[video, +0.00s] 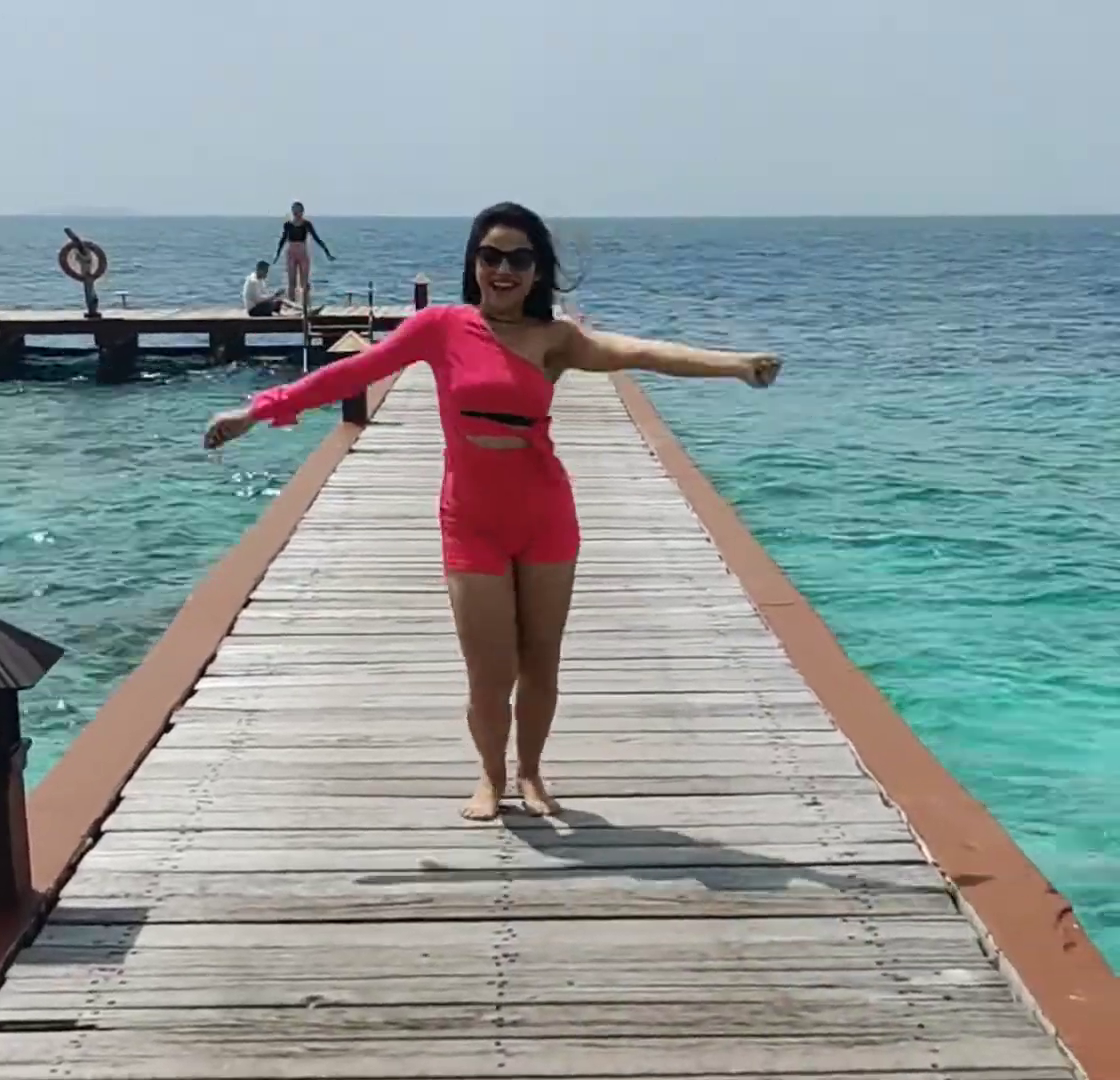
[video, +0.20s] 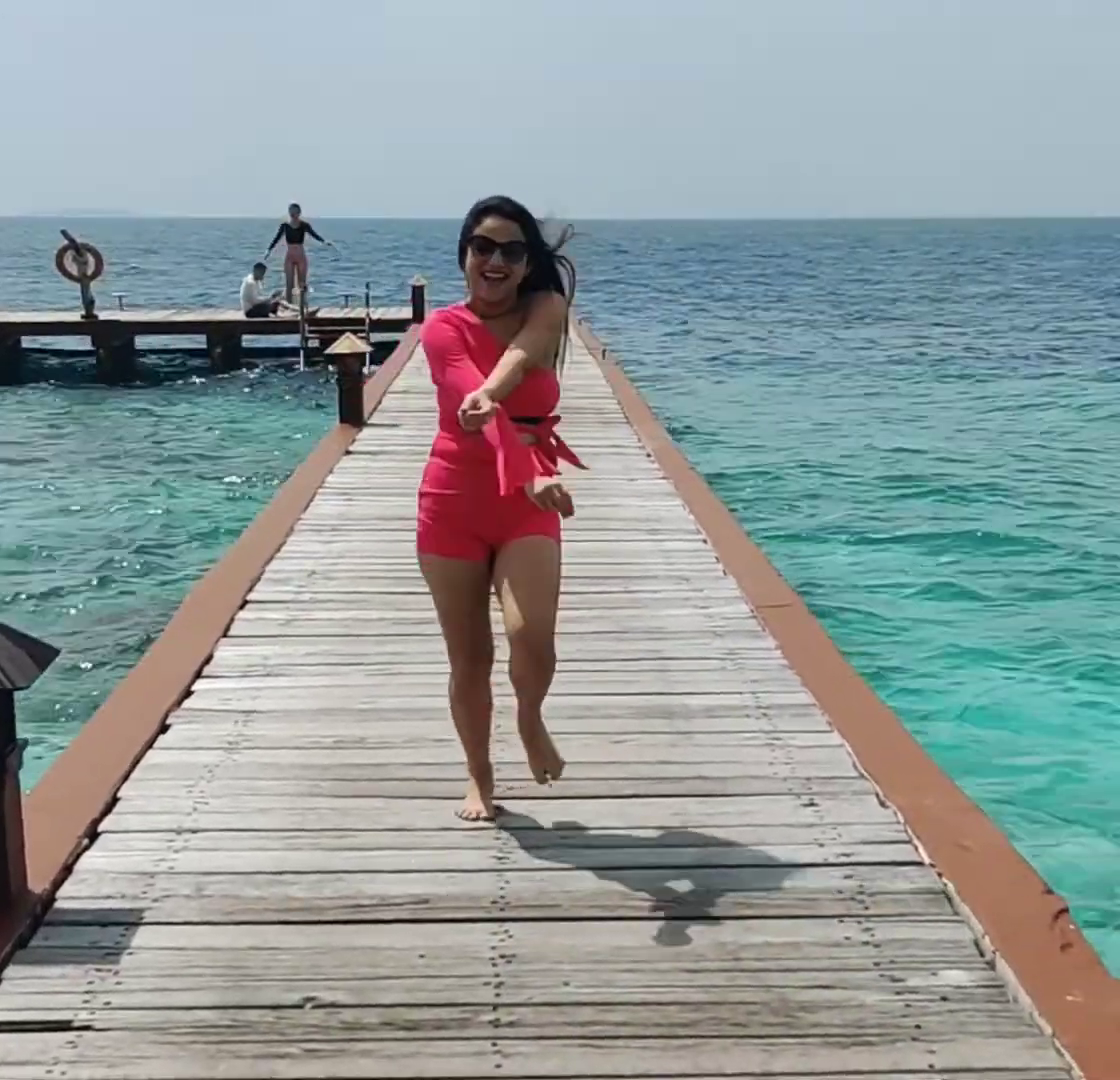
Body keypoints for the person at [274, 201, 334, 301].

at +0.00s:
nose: (297, 214)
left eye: (299, 211)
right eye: (295, 212)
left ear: (302, 212)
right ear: (292, 212)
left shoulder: (307, 224)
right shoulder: (288, 225)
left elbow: (317, 239)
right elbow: (283, 239)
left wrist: (327, 253)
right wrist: (277, 254)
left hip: (303, 254)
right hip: (291, 254)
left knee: (304, 284)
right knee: (291, 283)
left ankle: (305, 307)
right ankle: (291, 306)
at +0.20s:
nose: (294, 215)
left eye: (296, 213)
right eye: (292, 213)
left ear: (299, 213)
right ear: (289, 213)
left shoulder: (304, 225)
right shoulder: (285, 226)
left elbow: (314, 235)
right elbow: (276, 239)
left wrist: (324, 242)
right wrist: (269, 250)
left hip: (301, 256)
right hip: (289, 256)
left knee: (302, 284)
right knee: (289, 284)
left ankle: (303, 307)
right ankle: (288, 306)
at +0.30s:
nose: (292, 214)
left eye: (294, 212)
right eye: (290, 212)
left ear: (298, 212)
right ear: (288, 213)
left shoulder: (303, 225)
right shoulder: (284, 225)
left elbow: (311, 233)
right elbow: (277, 237)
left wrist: (317, 238)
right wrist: (272, 246)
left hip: (299, 252)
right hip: (289, 252)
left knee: (301, 282)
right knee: (287, 283)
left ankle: (301, 307)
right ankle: (287, 305)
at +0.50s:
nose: (291, 217)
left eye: (293, 215)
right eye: (289, 215)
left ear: (297, 214)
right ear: (287, 215)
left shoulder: (303, 225)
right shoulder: (284, 225)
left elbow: (308, 240)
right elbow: (279, 238)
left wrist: (304, 245)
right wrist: (280, 246)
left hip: (298, 249)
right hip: (288, 250)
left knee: (301, 281)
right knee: (287, 282)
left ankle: (301, 306)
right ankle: (287, 304)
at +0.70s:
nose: (291, 220)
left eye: (293, 217)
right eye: (289, 217)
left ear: (296, 216)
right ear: (286, 217)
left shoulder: (302, 225)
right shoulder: (283, 226)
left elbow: (307, 241)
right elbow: (280, 242)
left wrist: (310, 257)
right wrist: (277, 258)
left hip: (298, 251)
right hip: (287, 252)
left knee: (301, 282)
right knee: (287, 282)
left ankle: (302, 306)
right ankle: (287, 305)